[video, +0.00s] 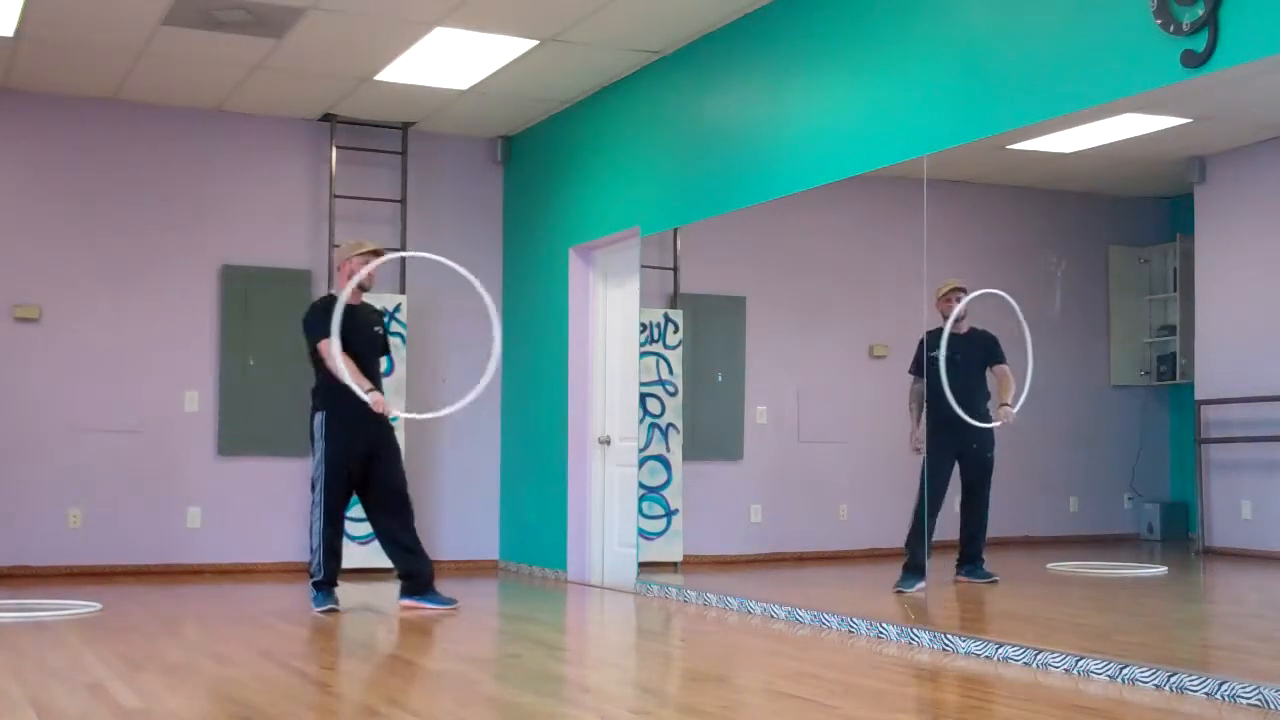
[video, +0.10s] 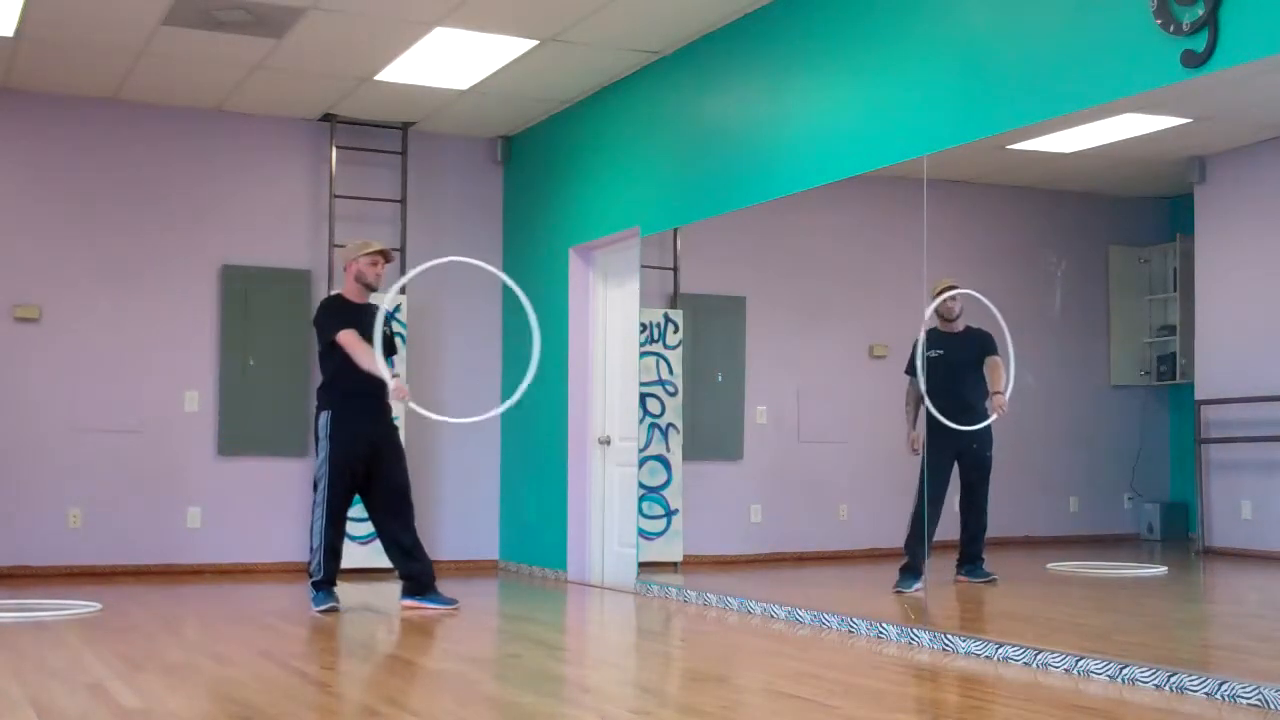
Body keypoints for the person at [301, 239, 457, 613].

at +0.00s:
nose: (369, 274)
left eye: (374, 269)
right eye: (363, 266)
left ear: (376, 274)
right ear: (344, 267)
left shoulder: (373, 316)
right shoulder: (321, 311)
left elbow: (373, 367)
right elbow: (331, 356)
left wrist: (380, 404)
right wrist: (368, 391)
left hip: (372, 415)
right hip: (336, 415)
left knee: (392, 499)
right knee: (329, 502)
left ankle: (417, 586)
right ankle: (323, 587)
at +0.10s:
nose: (380, 271)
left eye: (382, 266)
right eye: (372, 264)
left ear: (381, 272)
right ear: (351, 267)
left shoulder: (380, 316)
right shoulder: (331, 307)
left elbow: (385, 363)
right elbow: (354, 347)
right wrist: (389, 377)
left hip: (377, 417)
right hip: (340, 416)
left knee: (394, 500)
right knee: (331, 502)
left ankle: (418, 586)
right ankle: (322, 586)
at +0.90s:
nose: (435, 270)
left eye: (442, 266)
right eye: (429, 264)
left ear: (451, 275)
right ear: (418, 270)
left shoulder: (460, 315)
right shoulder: (401, 308)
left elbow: (464, 368)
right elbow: (364, 323)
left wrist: (469, 414)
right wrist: (341, 292)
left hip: (461, 425)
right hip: (420, 425)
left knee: (478, 502)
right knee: (413, 506)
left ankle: (492, 581)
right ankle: (407, 584)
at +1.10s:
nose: (461, 274)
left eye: (468, 271)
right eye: (456, 267)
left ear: (474, 279)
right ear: (443, 270)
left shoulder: (472, 318)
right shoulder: (417, 308)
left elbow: (481, 371)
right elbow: (374, 328)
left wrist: (498, 412)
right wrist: (360, 296)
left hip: (467, 426)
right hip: (426, 424)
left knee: (482, 503)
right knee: (417, 507)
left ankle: (489, 585)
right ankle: (407, 586)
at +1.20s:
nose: (450, 272)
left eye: (458, 268)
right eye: (444, 266)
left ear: (466, 277)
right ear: (433, 272)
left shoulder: (473, 317)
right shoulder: (417, 312)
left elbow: (484, 369)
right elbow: (386, 347)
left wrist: (503, 411)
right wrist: (394, 312)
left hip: (466, 426)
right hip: (425, 426)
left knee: (480, 508)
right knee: (415, 509)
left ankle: (488, 586)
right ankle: (406, 586)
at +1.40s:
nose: (441, 274)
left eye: (447, 269)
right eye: (435, 268)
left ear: (457, 276)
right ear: (424, 274)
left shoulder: (472, 315)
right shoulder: (411, 317)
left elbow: (488, 362)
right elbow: (409, 364)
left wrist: (510, 402)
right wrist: (445, 346)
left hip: (471, 428)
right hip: (430, 429)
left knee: (484, 509)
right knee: (418, 511)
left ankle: (493, 587)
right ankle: (406, 587)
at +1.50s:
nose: (447, 274)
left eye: (454, 269)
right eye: (441, 268)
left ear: (463, 276)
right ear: (430, 274)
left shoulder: (478, 316)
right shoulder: (416, 317)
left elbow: (492, 364)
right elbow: (419, 366)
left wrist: (512, 401)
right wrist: (462, 358)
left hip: (474, 426)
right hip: (434, 427)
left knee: (487, 507)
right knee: (421, 508)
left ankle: (497, 586)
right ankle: (407, 586)